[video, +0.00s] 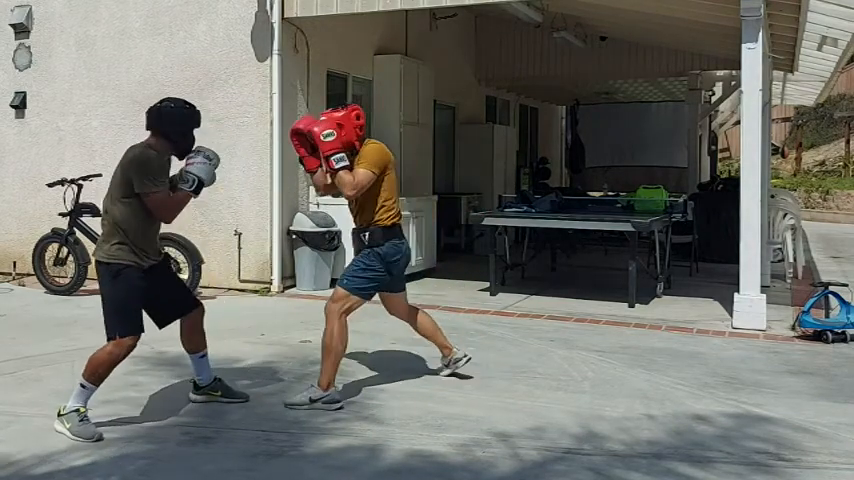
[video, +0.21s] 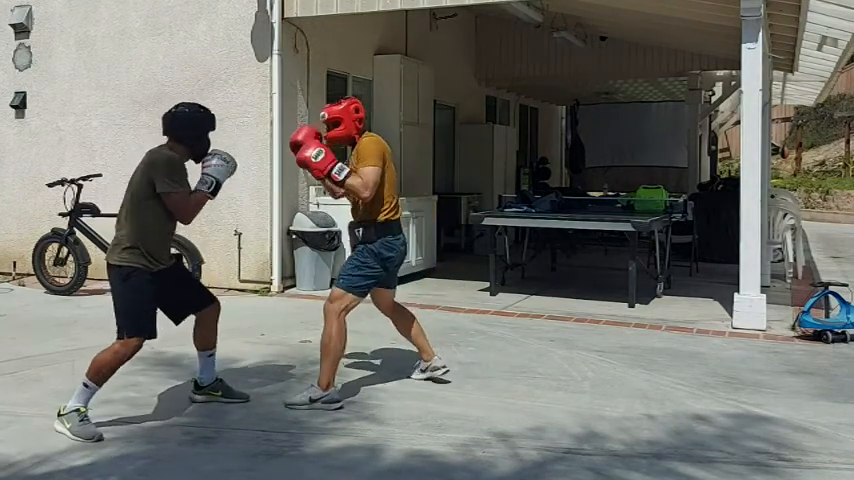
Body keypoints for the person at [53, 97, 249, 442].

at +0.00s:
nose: (193, 135)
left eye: (193, 129)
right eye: (190, 129)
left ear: (159, 128)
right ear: (175, 131)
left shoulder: (154, 159)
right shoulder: (143, 158)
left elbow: (162, 208)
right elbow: (167, 212)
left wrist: (186, 180)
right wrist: (191, 181)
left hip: (149, 260)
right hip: (119, 262)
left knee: (192, 311)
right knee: (125, 339)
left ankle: (204, 381)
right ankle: (72, 409)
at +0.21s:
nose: (210, 140)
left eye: (210, 133)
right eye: (207, 133)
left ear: (176, 132)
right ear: (193, 134)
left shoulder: (172, 163)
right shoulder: (163, 159)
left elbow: (179, 212)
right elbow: (186, 213)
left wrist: (208, 183)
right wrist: (209, 180)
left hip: (159, 262)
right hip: (130, 262)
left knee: (209, 307)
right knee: (132, 339)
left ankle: (206, 381)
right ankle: (73, 409)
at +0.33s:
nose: (219, 137)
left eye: (219, 131)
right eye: (216, 130)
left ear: (192, 132)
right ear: (202, 132)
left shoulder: (201, 157)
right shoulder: (173, 153)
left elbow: (244, 154)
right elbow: (200, 203)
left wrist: (292, 143)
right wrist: (224, 170)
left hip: (161, 256)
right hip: (127, 255)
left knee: (204, 308)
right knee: (121, 331)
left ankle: (207, 383)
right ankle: (70, 406)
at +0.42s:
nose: (220, 137)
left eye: (220, 131)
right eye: (216, 131)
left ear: (196, 133)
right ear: (200, 133)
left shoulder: (205, 158)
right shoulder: (172, 155)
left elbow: (246, 165)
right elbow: (198, 202)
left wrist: (278, 154)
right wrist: (224, 172)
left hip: (163, 255)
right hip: (128, 252)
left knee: (206, 307)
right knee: (113, 327)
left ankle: (207, 381)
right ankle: (57, 400)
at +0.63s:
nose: (193, 148)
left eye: (192, 142)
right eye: (188, 143)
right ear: (174, 148)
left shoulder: (183, 175)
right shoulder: (142, 177)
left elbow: (203, 215)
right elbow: (179, 224)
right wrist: (198, 187)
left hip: (163, 269)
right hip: (123, 270)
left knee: (215, 310)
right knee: (91, 343)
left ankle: (207, 381)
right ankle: (25, 406)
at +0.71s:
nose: (176, 157)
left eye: (175, 150)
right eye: (170, 152)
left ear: (154, 158)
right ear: (151, 158)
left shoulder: (170, 184)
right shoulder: (126, 187)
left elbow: (184, 228)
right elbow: (166, 232)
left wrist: (200, 248)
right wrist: (186, 193)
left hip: (158, 274)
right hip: (116, 276)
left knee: (213, 313)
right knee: (91, 346)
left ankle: (207, 382)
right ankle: (25, 409)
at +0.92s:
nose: (138, 163)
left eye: (136, 156)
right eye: (131, 158)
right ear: (111, 169)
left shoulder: (140, 182)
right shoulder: (80, 196)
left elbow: (161, 207)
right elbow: (114, 243)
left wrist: (164, 244)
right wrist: (142, 200)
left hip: (139, 275)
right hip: (96, 279)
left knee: (199, 315)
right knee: (81, 344)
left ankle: (206, 382)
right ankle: (22, 411)